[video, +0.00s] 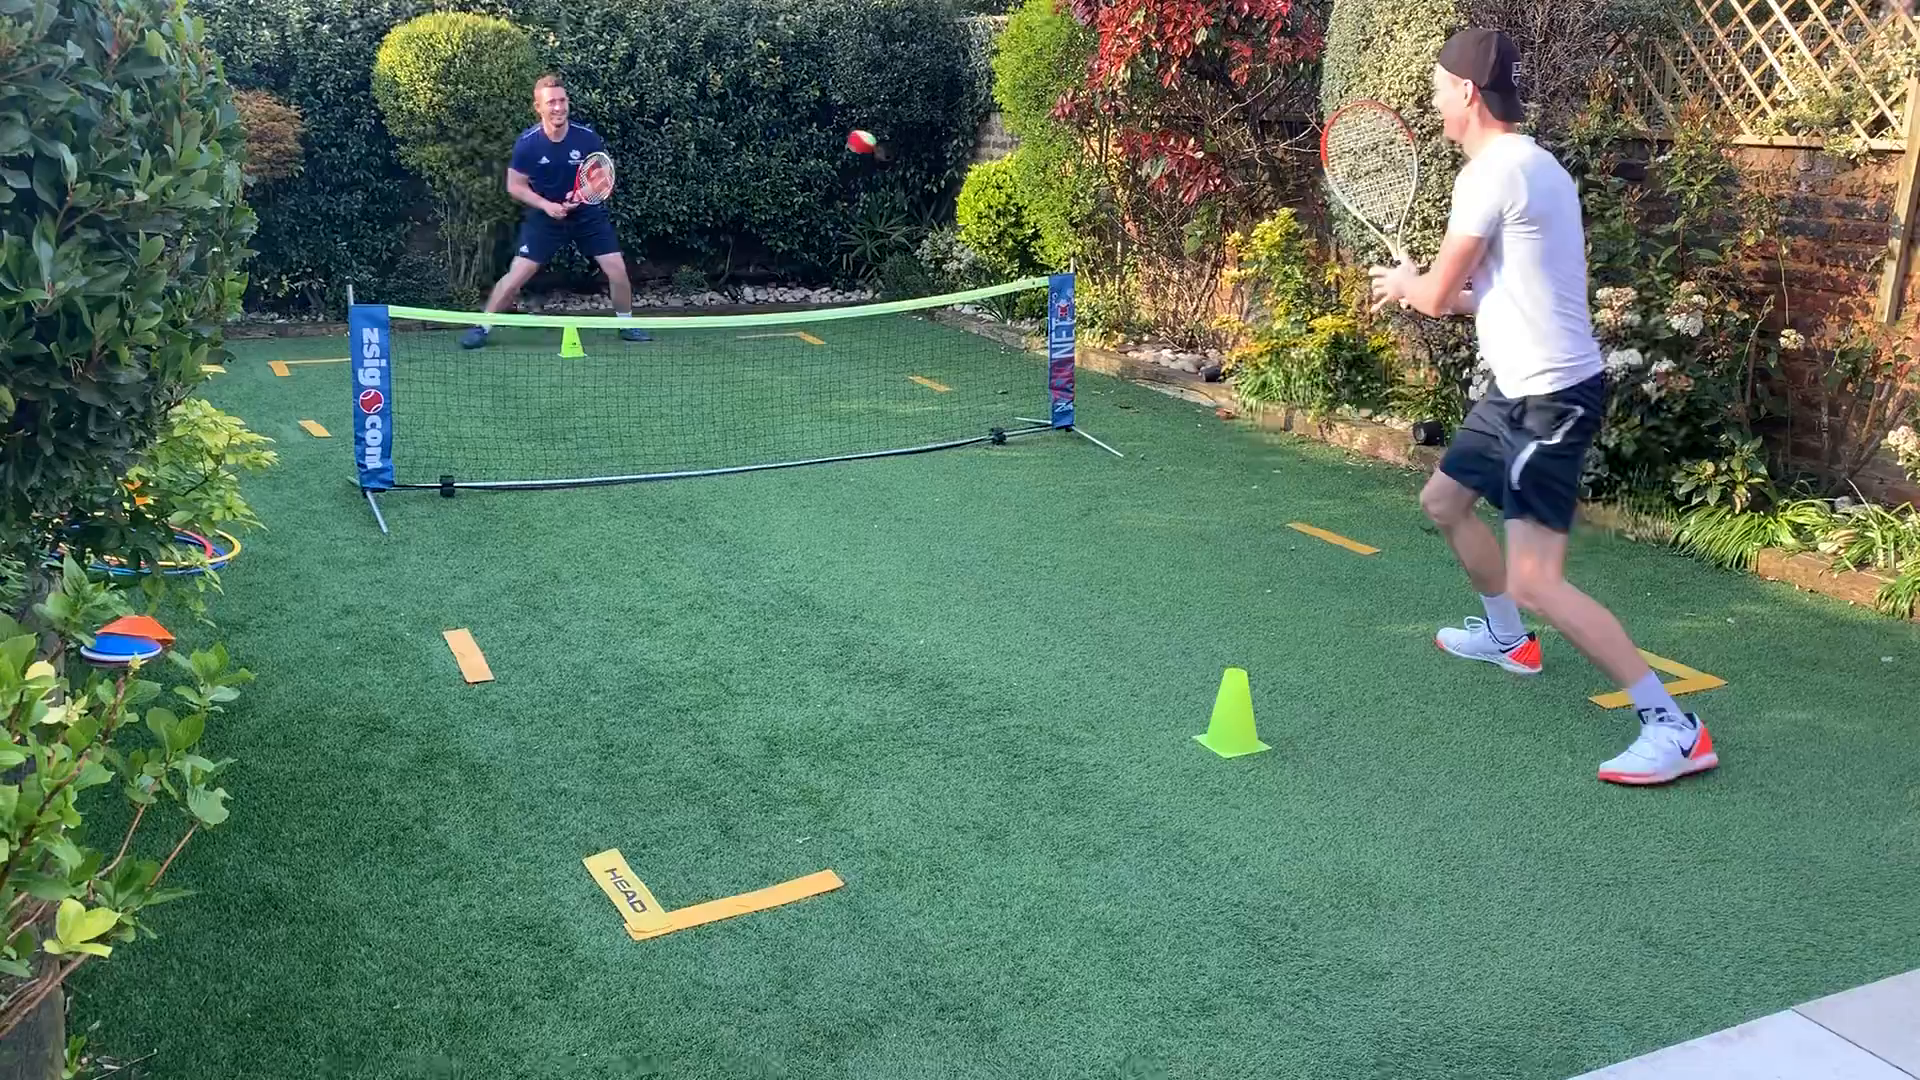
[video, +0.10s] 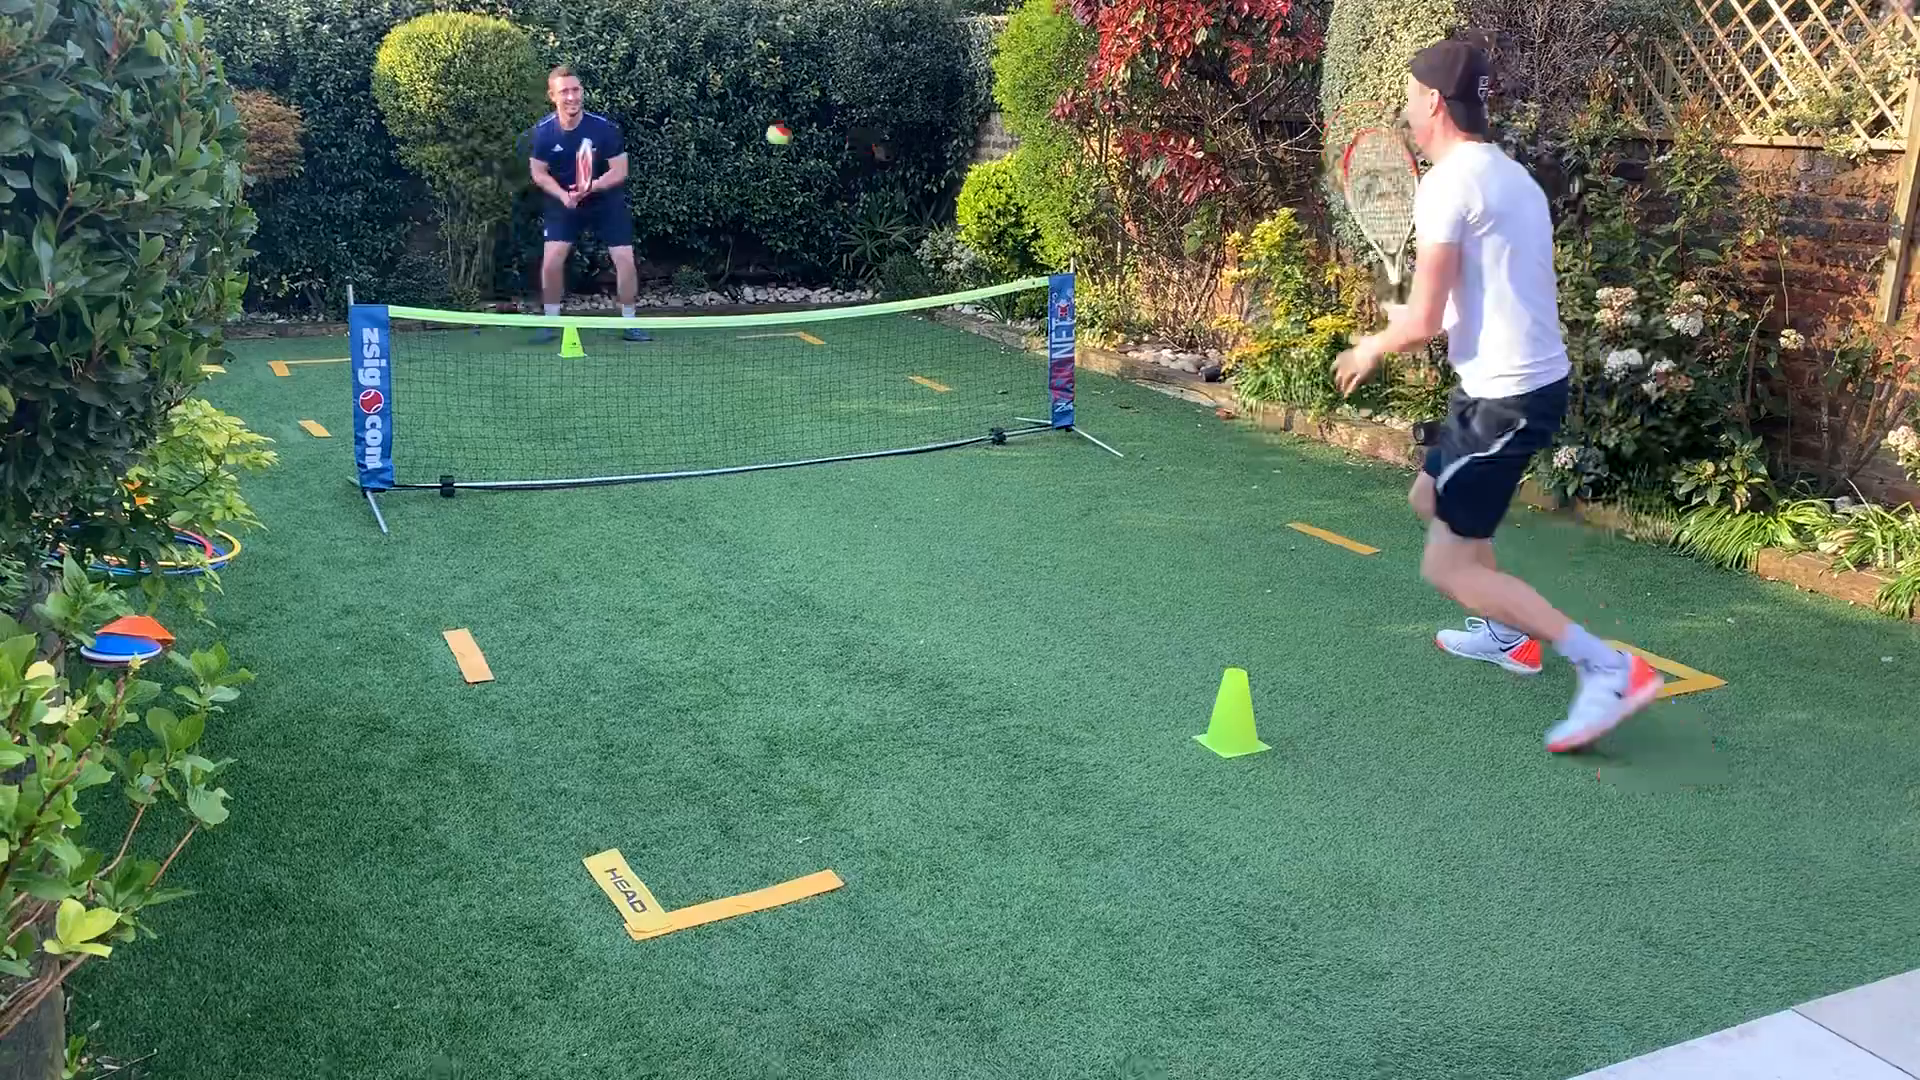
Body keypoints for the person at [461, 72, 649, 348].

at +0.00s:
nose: (558, 107)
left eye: (562, 101)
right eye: (551, 102)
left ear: (568, 103)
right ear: (538, 107)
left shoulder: (588, 139)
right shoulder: (527, 144)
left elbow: (604, 179)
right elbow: (515, 186)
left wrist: (584, 193)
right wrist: (546, 206)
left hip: (589, 216)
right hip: (547, 218)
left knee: (618, 271)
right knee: (517, 275)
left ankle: (626, 324)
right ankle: (483, 326)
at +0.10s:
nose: (571, 97)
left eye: (575, 90)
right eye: (564, 92)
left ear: (582, 93)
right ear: (553, 97)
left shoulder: (605, 129)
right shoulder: (543, 132)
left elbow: (620, 172)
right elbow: (538, 173)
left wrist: (592, 186)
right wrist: (562, 194)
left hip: (606, 201)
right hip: (564, 202)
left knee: (625, 257)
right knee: (553, 258)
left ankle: (630, 323)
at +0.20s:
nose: (581, 92)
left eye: (585, 86)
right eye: (574, 88)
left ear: (595, 86)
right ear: (565, 91)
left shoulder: (615, 120)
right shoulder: (559, 122)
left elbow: (630, 169)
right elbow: (558, 156)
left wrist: (591, 183)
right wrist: (566, 184)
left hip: (620, 191)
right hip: (583, 195)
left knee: (635, 255)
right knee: (588, 259)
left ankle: (649, 307)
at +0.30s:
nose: (590, 104)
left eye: (595, 96)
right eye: (584, 98)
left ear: (606, 95)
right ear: (577, 100)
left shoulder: (624, 128)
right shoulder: (575, 128)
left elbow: (640, 176)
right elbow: (572, 165)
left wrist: (598, 188)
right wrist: (570, 192)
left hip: (636, 199)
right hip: (607, 204)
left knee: (650, 261)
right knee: (618, 265)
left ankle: (680, 315)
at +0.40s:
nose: (591, 118)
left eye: (596, 110)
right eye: (585, 113)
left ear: (610, 105)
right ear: (580, 113)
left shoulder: (632, 140)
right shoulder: (589, 138)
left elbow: (643, 186)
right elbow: (586, 173)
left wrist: (603, 194)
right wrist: (569, 202)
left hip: (653, 204)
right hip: (625, 206)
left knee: (657, 268)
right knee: (616, 265)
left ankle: (685, 320)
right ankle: (660, 310)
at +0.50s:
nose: (585, 125)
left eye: (589, 118)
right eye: (580, 120)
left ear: (605, 109)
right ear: (576, 118)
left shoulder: (628, 138)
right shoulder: (592, 141)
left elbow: (641, 185)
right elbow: (594, 176)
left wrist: (607, 196)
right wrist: (570, 205)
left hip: (658, 201)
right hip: (628, 202)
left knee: (662, 266)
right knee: (611, 256)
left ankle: (686, 320)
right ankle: (637, 311)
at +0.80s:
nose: (575, 125)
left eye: (579, 118)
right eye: (571, 121)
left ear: (593, 111)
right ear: (567, 119)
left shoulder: (626, 128)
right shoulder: (584, 149)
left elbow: (667, 148)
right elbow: (592, 193)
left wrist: (646, 178)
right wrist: (576, 229)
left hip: (658, 201)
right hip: (622, 207)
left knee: (666, 254)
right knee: (615, 262)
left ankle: (686, 321)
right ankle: (617, 320)